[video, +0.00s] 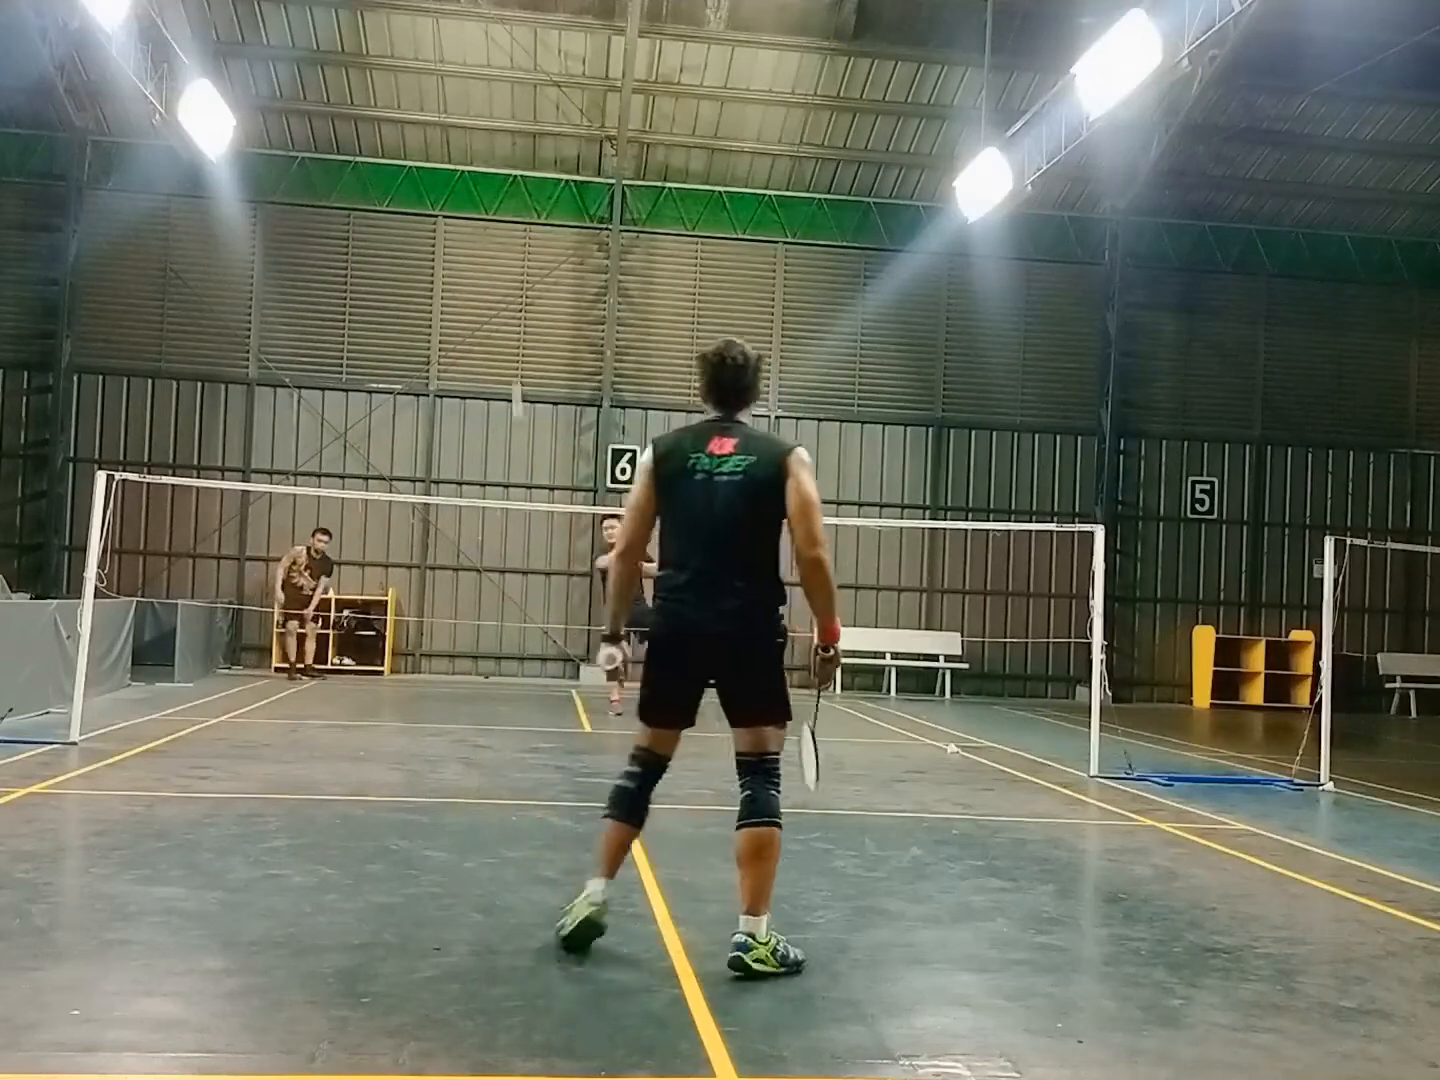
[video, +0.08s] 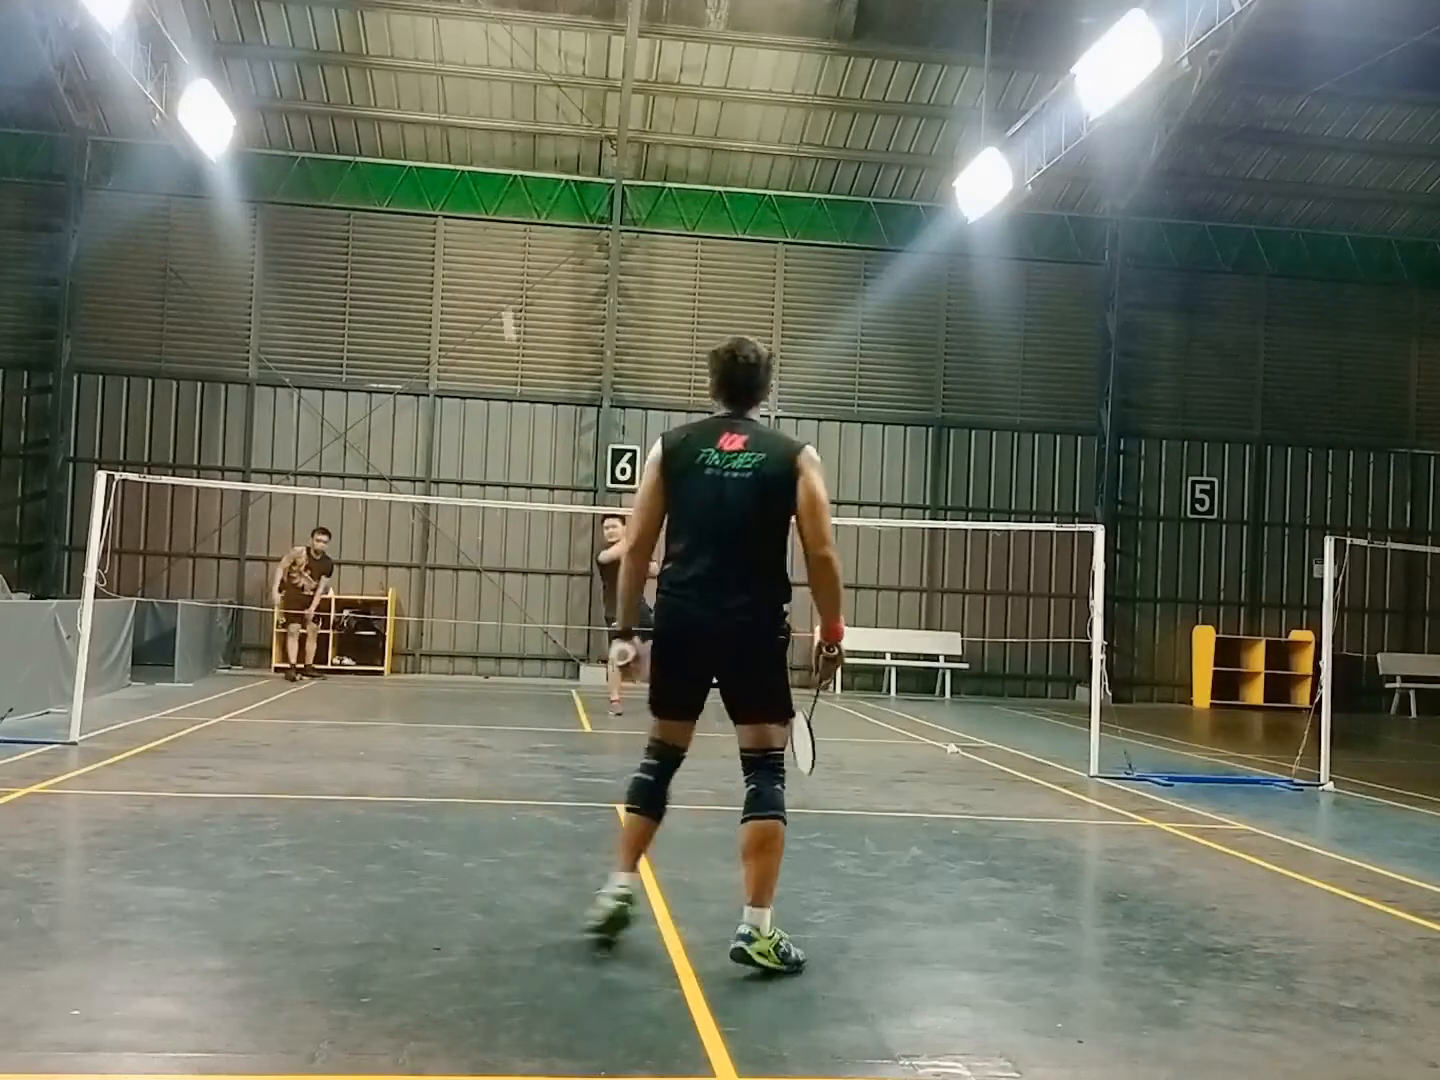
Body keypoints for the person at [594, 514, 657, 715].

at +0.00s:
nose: (609, 532)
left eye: (613, 528)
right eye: (605, 529)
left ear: (623, 530)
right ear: (602, 533)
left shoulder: (635, 552)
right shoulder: (602, 559)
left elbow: (654, 569)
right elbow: (602, 563)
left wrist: (631, 561)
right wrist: (623, 554)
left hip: (637, 604)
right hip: (615, 606)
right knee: (612, 648)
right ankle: (614, 693)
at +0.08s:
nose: (610, 531)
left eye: (614, 527)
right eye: (606, 528)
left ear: (624, 529)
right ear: (602, 532)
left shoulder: (634, 551)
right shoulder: (603, 556)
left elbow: (655, 569)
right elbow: (609, 556)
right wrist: (630, 538)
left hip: (637, 603)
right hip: (614, 608)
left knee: (649, 637)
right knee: (615, 654)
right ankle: (614, 697)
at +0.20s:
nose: (613, 530)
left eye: (617, 526)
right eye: (609, 527)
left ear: (626, 529)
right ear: (604, 531)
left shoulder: (636, 551)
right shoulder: (603, 555)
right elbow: (614, 553)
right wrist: (634, 536)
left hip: (639, 607)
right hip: (615, 609)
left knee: (648, 652)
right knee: (618, 652)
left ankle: (653, 687)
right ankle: (614, 697)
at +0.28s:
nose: (615, 530)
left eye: (619, 526)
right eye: (611, 527)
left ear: (627, 529)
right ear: (606, 531)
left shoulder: (633, 552)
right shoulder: (603, 557)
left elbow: (642, 568)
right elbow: (611, 560)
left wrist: (635, 545)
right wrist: (632, 543)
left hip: (637, 606)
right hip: (615, 607)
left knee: (644, 651)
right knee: (618, 652)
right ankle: (615, 696)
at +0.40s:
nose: (619, 531)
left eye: (623, 527)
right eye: (615, 528)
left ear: (631, 529)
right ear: (610, 531)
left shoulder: (639, 552)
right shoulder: (605, 552)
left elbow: (650, 572)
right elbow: (597, 574)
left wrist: (637, 566)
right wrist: (622, 566)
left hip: (639, 607)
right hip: (614, 608)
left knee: (640, 652)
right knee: (617, 652)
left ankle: (637, 691)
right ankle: (615, 697)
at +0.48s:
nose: (622, 532)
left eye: (627, 528)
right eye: (618, 528)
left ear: (635, 531)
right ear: (613, 532)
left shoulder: (644, 556)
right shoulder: (605, 555)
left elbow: (653, 582)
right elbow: (594, 581)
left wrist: (645, 577)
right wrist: (611, 588)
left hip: (638, 610)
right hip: (615, 609)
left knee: (636, 652)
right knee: (617, 652)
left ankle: (634, 692)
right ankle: (613, 696)